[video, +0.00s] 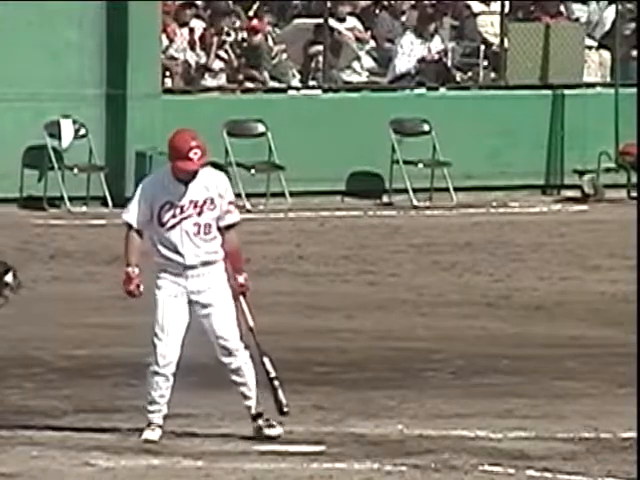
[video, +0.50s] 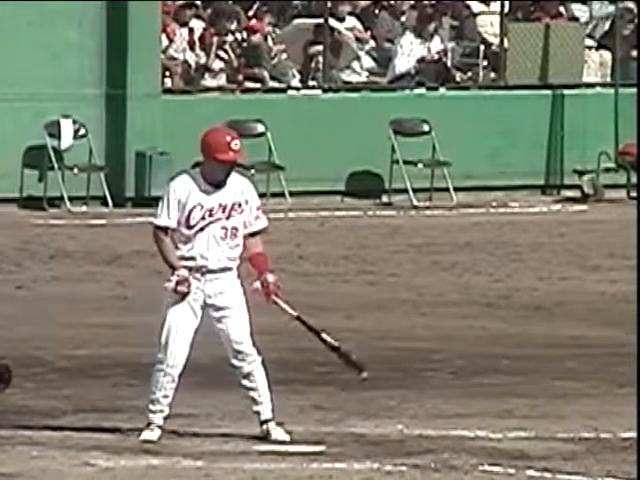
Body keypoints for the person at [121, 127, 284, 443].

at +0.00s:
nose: (195, 170)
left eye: (198, 164)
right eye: (188, 166)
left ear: (202, 157)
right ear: (172, 162)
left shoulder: (215, 180)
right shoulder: (151, 186)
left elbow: (229, 229)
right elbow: (134, 227)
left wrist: (239, 272)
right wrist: (132, 267)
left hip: (211, 275)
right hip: (170, 278)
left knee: (230, 345)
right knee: (164, 354)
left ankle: (257, 413)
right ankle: (154, 422)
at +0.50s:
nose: (230, 168)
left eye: (232, 163)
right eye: (225, 163)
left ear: (233, 160)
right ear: (209, 160)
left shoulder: (242, 187)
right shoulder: (180, 187)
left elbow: (253, 237)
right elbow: (161, 232)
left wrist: (264, 272)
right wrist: (178, 267)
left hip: (227, 279)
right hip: (188, 279)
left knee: (243, 351)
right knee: (171, 355)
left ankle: (268, 421)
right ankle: (155, 421)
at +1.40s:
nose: (218, 152)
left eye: (219, 146)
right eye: (211, 147)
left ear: (218, 149)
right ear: (193, 151)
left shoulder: (229, 184)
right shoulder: (167, 185)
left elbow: (232, 236)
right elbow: (147, 228)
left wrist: (221, 273)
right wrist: (161, 268)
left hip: (218, 277)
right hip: (178, 279)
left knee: (239, 350)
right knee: (167, 357)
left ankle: (267, 419)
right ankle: (154, 421)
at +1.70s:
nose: (222, 150)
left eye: (223, 145)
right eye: (215, 146)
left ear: (222, 147)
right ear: (196, 149)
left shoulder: (233, 183)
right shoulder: (169, 182)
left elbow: (227, 232)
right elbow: (154, 224)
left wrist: (193, 253)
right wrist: (162, 244)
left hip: (221, 277)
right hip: (184, 280)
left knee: (241, 351)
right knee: (169, 357)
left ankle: (267, 421)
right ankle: (154, 421)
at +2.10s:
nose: (225, 150)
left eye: (225, 144)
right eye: (218, 145)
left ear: (223, 147)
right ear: (199, 148)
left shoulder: (235, 180)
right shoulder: (175, 183)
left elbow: (248, 225)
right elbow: (162, 233)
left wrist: (221, 217)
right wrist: (187, 212)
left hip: (224, 276)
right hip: (186, 277)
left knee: (243, 351)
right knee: (173, 356)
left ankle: (268, 421)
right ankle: (155, 421)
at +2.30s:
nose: (231, 151)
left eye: (231, 145)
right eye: (224, 146)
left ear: (227, 149)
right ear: (206, 151)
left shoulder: (236, 177)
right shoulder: (188, 186)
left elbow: (259, 220)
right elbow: (194, 234)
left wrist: (249, 213)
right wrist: (220, 217)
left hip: (228, 277)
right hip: (192, 279)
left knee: (245, 350)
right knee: (178, 354)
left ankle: (268, 421)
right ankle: (156, 421)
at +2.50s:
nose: (238, 155)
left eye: (239, 148)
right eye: (232, 149)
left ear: (230, 152)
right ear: (214, 153)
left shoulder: (237, 178)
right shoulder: (204, 189)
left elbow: (251, 210)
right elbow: (231, 240)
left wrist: (276, 213)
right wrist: (265, 221)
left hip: (229, 276)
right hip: (197, 279)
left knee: (247, 350)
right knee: (184, 355)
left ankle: (268, 420)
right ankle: (156, 422)